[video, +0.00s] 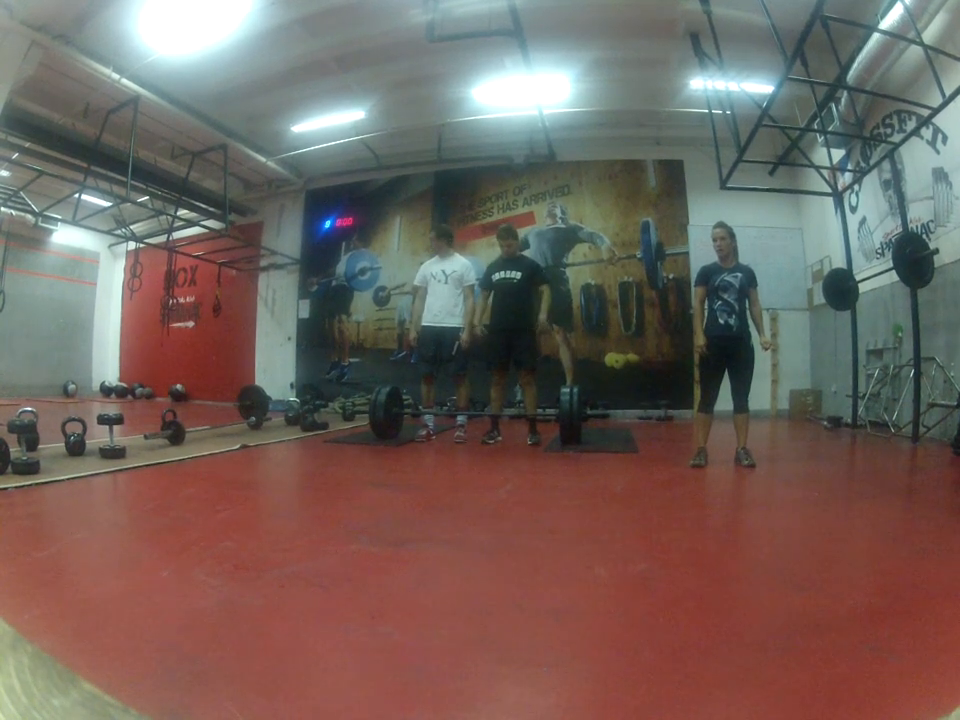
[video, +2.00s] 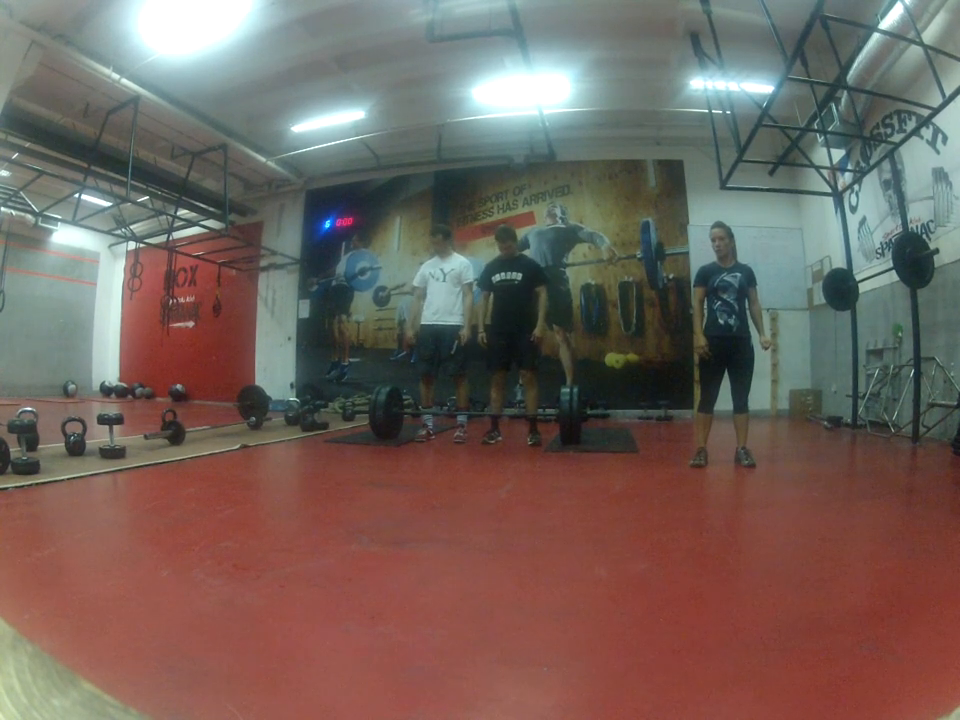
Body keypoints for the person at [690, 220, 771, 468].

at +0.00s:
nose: (718, 244)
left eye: (722, 239)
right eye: (715, 240)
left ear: (733, 242)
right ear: (712, 244)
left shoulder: (746, 272)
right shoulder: (706, 272)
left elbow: (754, 305)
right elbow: (698, 305)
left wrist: (762, 334)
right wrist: (698, 335)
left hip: (740, 343)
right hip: (712, 343)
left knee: (741, 400)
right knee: (707, 400)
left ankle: (742, 449)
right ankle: (700, 450)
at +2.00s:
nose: (717, 244)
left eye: (721, 239)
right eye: (714, 240)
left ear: (732, 241)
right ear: (710, 244)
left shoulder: (745, 271)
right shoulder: (705, 272)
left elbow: (754, 304)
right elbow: (697, 306)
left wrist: (762, 333)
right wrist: (698, 335)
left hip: (740, 343)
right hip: (712, 342)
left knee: (741, 400)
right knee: (707, 400)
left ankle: (742, 449)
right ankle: (700, 449)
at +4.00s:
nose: (718, 243)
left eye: (722, 239)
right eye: (714, 240)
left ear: (732, 241)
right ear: (711, 244)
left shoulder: (746, 272)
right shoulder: (705, 272)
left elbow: (754, 305)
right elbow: (697, 306)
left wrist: (761, 333)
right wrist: (698, 335)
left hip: (740, 343)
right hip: (712, 342)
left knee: (740, 398)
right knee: (707, 398)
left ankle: (742, 449)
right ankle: (701, 449)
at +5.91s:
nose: (707, 245)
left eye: (710, 240)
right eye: (705, 241)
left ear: (726, 241)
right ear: (710, 244)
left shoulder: (745, 271)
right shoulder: (704, 272)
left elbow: (754, 305)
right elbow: (697, 306)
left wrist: (761, 333)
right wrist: (697, 335)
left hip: (739, 342)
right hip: (711, 342)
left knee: (740, 399)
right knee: (706, 399)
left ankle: (742, 449)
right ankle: (701, 449)